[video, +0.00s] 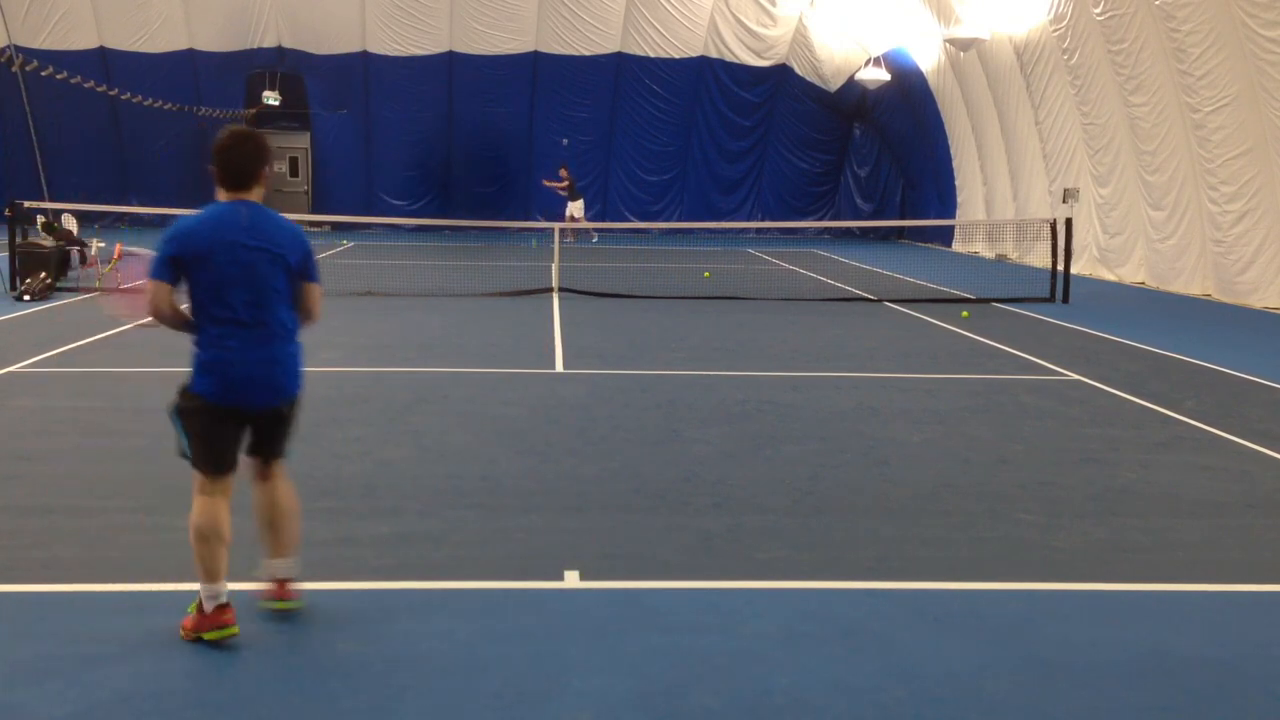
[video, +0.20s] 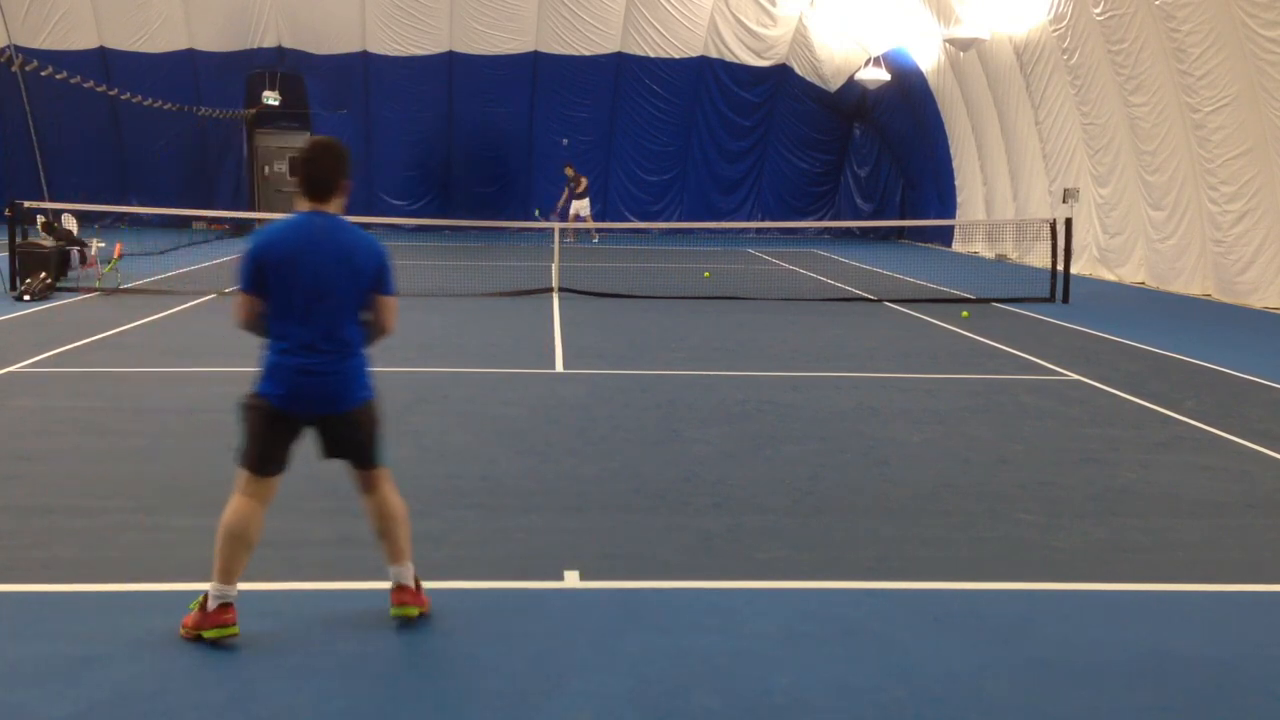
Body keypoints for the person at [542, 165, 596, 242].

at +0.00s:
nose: (560, 174)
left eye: (561, 172)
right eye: (560, 172)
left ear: (566, 172)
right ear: (561, 174)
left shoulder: (569, 180)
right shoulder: (566, 182)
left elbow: (561, 185)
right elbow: (566, 193)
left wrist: (548, 184)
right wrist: (557, 190)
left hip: (577, 201)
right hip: (570, 201)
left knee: (581, 220)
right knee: (567, 219)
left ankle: (593, 234)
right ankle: (570, 236)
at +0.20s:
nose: (567, 173)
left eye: (568, 170)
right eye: (566, 171)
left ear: (572, 170)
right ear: (565, 173)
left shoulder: (581, 178)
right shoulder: (569, 181)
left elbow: (584, 183)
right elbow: (565, 193)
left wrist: (579, 190)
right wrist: (560, 203)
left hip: (583, 200)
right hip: (574, 200)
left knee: (587, 218)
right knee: (571, 218)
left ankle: (594, 235)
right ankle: (570, 237)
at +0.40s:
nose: (577, 169)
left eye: (578, 167)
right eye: (576, 168)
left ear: (582, 167)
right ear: (575, 169)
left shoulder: (588, 176)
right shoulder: (577, 177)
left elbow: (597, 181)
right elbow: (567, 176)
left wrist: (594, 182)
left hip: (590, 199)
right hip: (581, 200)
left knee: (592, 218)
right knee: (578, 217)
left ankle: (593, 236)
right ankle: (571, 236)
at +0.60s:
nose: (585, 168)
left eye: (587, 166)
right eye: (584, 166)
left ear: (589, 167)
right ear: (582, 168)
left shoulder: (590, 178)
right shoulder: (582, 176)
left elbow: (594, 185)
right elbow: (593, 173)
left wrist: (599, 188)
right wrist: (601, 170)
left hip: (591, 199)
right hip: (583, 199)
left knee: (592, 218)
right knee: (581, 217)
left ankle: (593, 235)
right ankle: (570, 234)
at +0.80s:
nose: (589, 168)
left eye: (591, 166)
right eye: (588, 166)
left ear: (593, 167)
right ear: (586, 167)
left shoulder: (591, 178)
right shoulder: (586, 176)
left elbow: (592, 189)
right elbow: (592, 182)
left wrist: (596, 195)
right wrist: (602, 184)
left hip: (592, 199)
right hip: (584, 198)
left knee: (592, 218)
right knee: (582, 217)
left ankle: (593, 235)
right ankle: (568, 233)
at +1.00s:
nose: (591, 169)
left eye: (593, 167)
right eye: (590, 167)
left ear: (594, 169)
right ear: (587, 168)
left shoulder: (591, 178)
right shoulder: (584, 177)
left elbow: (589, 191)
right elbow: (583, 189)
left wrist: (593, 200)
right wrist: (593, 194)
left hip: (589, 199)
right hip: (582, 199)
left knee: (591, 218)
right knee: (581, 217)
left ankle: (593, 235)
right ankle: (568, 233)